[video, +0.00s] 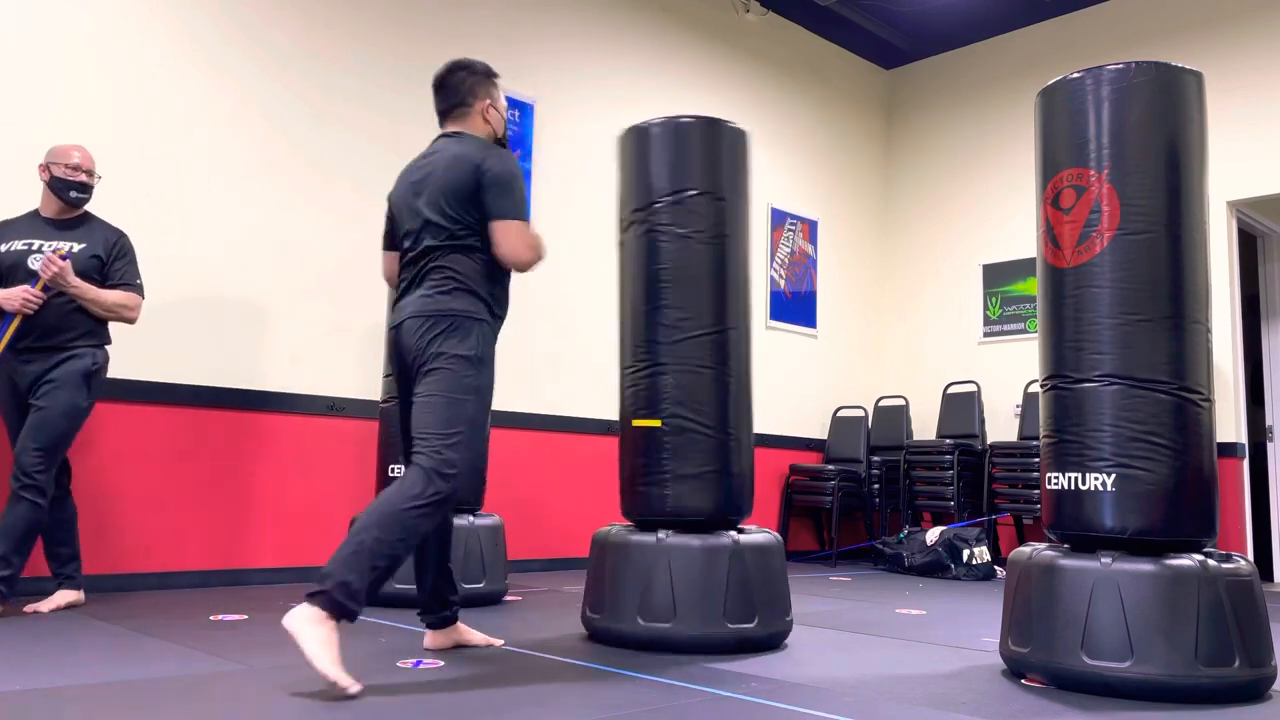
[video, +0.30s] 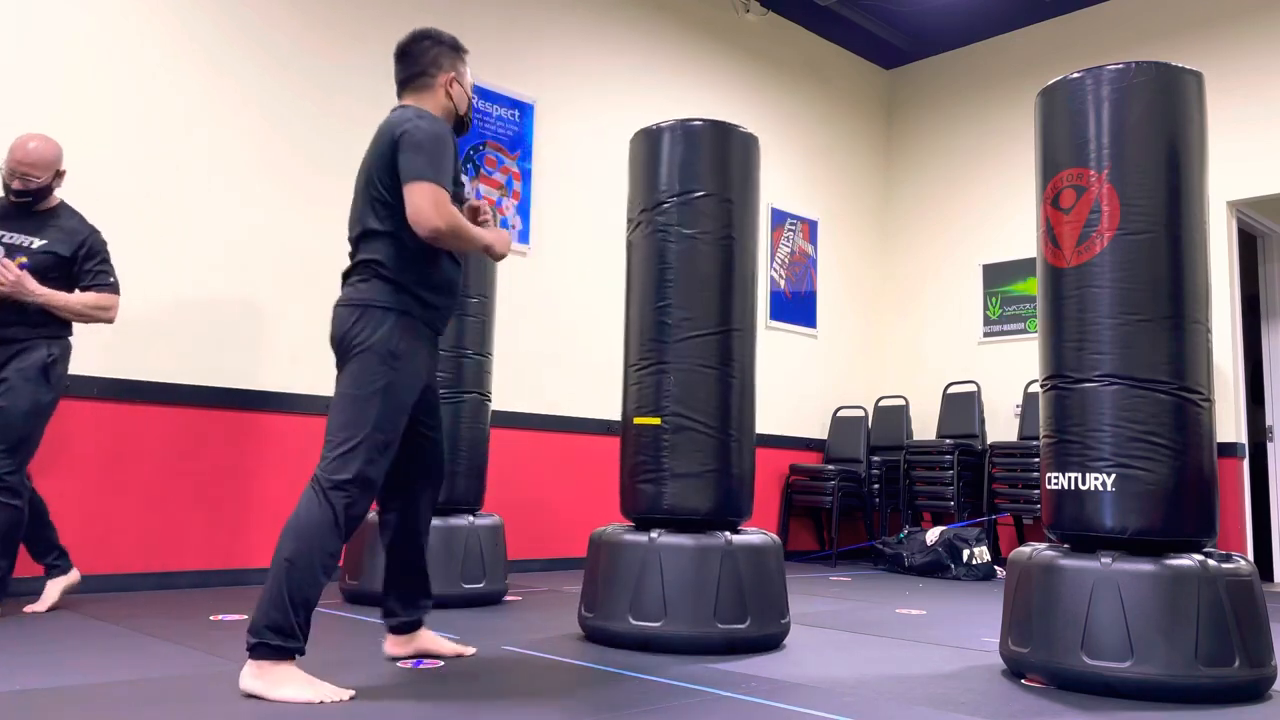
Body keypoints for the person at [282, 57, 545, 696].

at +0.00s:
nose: (505, 114)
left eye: (501, 104)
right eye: (502, 105)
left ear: (444, 111)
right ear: (489, 106)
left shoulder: (410, 173)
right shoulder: (491, 160)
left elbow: (392, 272)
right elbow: (514, 249)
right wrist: (537, 243)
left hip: (408, 319)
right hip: (458, 314)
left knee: (434, 472)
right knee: (442, 470)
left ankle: (441, 623)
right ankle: (322, 611)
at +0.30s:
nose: (471, 94)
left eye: (469, 84)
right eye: (469, 83)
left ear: (413, 82)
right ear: (451, 81)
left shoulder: (403, 129)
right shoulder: (423, 126)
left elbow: (408, 225)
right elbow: (428, 217)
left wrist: (465, 216)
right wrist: (487, 241)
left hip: (400, 319)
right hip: (387, 317)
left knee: (415, 476)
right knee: (343, 482)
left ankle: (405, 630)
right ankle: (269, 658)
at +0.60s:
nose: (470, 98)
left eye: (469, 88)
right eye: (467, 86)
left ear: (425, 81)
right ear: (445, 80)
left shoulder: (425, 152)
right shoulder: (408, 123)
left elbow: (432, 271)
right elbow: (417, 219)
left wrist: (505, 277)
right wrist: (503, 253)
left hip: (405, 331)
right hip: (368, 319)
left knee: (421, 473)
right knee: (328, 482)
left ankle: (399, 623)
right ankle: (267, 660)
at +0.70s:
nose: (472, 108)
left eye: (470, 98)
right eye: (468, 96)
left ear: (421, 94)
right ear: (447, 92)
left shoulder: (414, 147)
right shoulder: (424, 139)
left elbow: (402, 264)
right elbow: (488, 229)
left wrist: (446, 332)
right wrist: (527, 196)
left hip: (415, 338)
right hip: (385, 329)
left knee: (446, 480)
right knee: (342, 486)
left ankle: (421, 627)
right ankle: (269, 659)